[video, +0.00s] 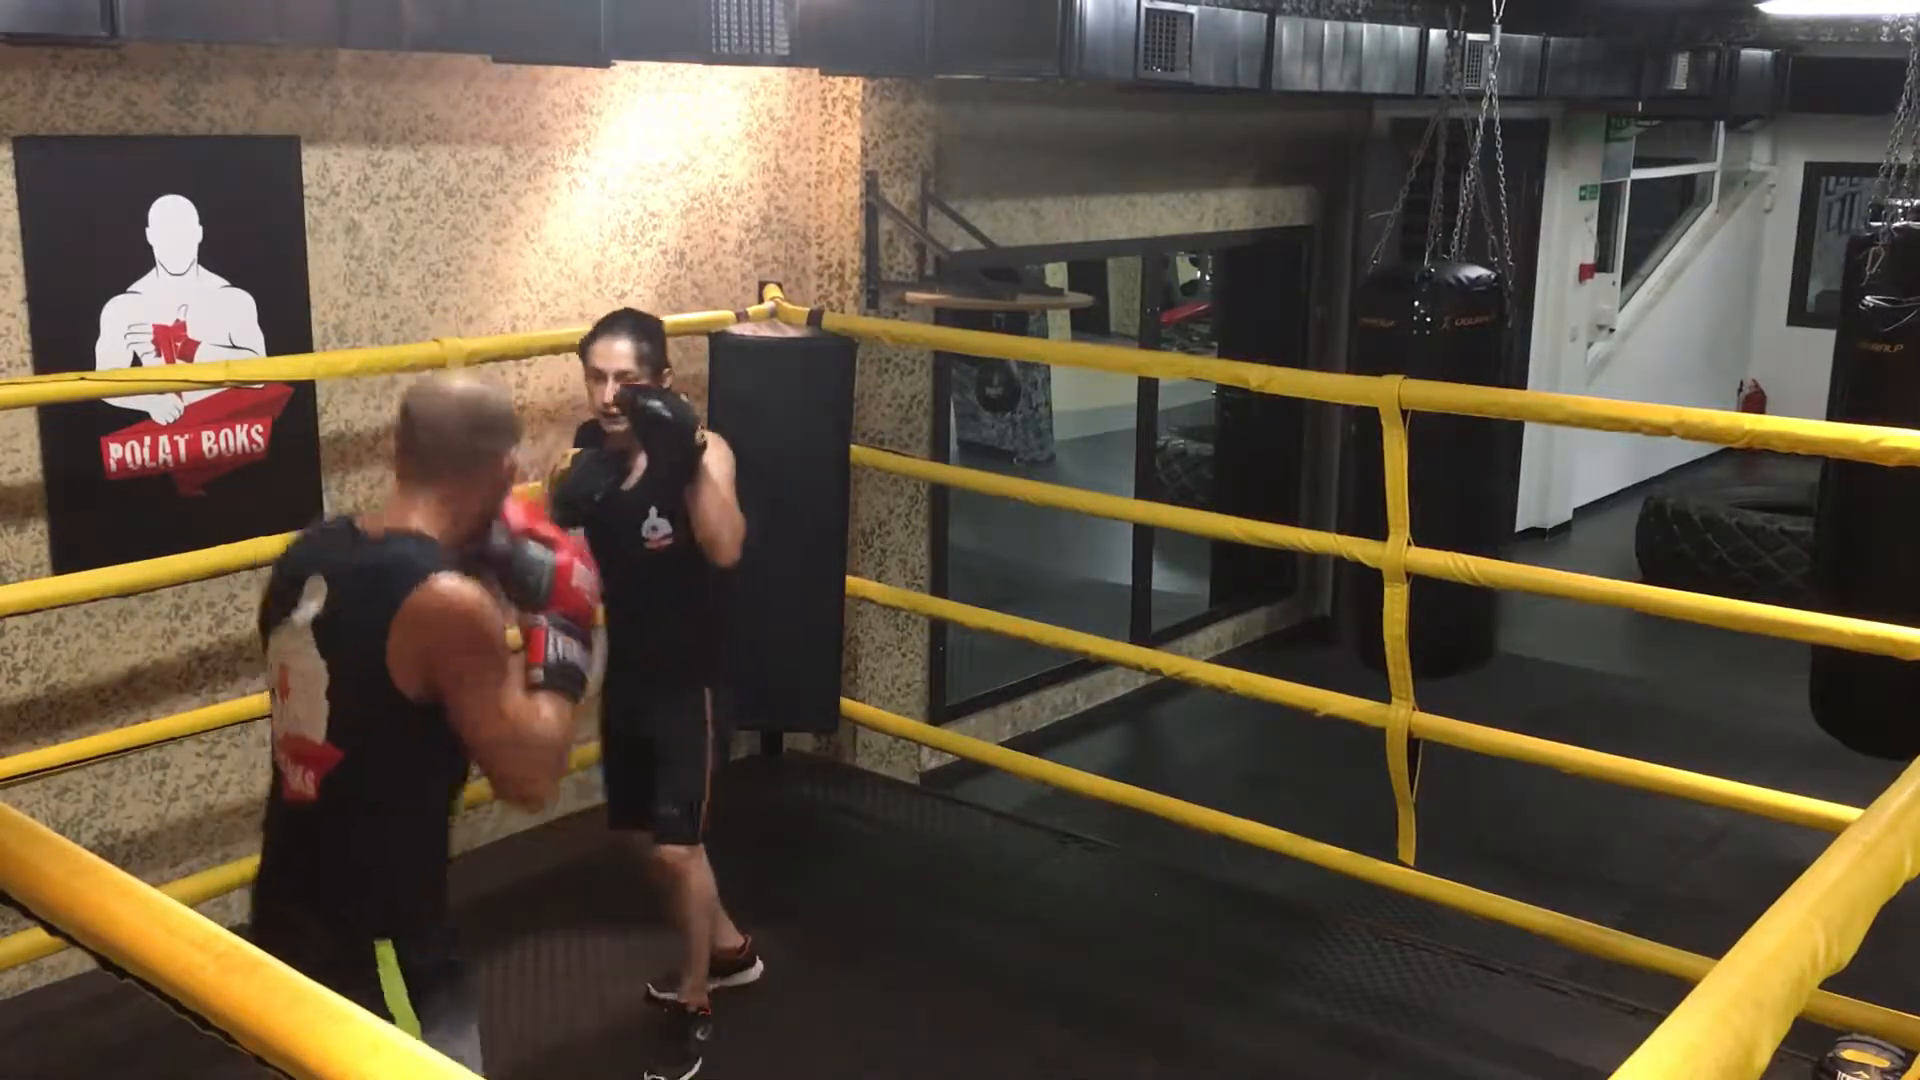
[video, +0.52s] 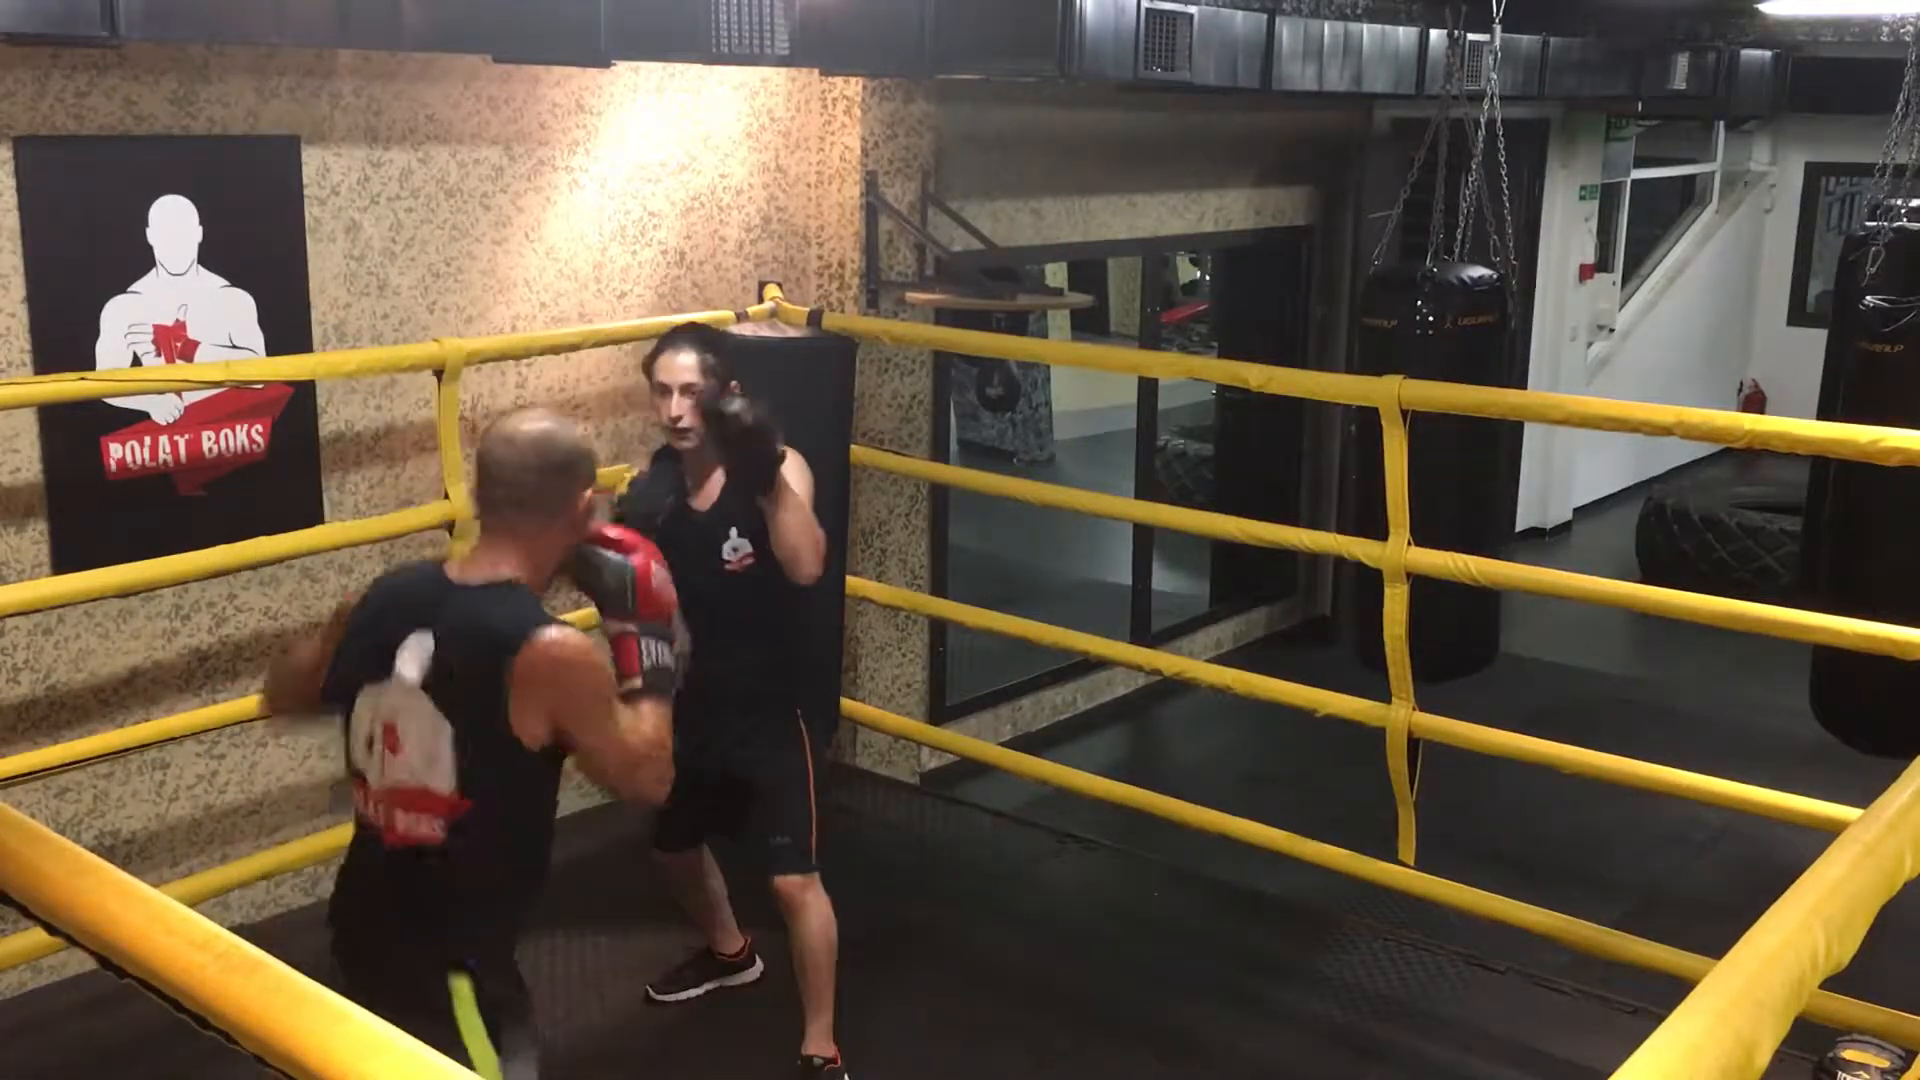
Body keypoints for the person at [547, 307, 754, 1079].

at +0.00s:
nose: (608, 394)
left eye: (623, 379)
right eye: (596, 380)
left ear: (659, 378)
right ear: (585, 383)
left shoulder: (704, 448)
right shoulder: (591, 457)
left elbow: (725, 548)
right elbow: (548, 536)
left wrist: (686, 452)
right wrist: (575, 480)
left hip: (690, 666)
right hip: (627, 663)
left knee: (676, 843)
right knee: (641, 830)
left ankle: (693, 998)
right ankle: (727, 944)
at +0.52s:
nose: (674, 408)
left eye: (689, 393)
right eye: (663, 393)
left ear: (726, 394)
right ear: (653, 397)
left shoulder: (778, 467)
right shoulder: (653, 486)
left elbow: (805, 566)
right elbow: (625, 594)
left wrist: (763, 467)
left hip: (777, 695)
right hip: (695, 692)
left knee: (792, 877)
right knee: (676, 840)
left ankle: (821, 1048)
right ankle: (729, 952)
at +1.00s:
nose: (730, 398)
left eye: (746, 382)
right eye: (721, 382)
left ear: (787, 386)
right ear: (712, 386)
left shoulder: (829, 470)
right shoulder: (721, 461)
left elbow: (870, 589)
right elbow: (650, 500)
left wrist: (798, 549)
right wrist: (670, 504)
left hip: (824, 697)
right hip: (743, 684)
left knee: (819, 871)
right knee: (724, 819)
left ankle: (861, 1020)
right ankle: (776, 940)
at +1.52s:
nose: (754, 382)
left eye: (768, 367)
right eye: (749, 367)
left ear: (811, 369)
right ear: (754, 370)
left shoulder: (834, 455)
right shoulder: (784, 441)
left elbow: (884, 569)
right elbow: (793, 537)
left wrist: (849, 677)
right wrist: (742, 530)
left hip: (826, 663)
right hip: (798, 650)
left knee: (797, 831)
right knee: (821, 802)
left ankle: (850, 1009)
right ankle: (866, 911)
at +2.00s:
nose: (648, 405)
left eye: (661, 389)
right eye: (639, 390)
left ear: (697, 386)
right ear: (633, 385)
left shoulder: (720, 468)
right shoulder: (667, 442)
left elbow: (749, 592)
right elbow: (687, 529)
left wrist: (698, 689)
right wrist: (643, 553)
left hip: (723, 649)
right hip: (697, 639)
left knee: (651, 786)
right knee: (698, 779)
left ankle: (654, 933)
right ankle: (802, 869)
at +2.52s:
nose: (615, 415)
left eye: (628, 399)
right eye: (605, 400)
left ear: (668, 388)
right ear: (599, 396)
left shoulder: (715, 446)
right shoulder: (614, 460)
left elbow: (733, 545)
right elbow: (609, 565)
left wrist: (665, 498)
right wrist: (607, 544)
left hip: (709, 653)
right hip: (646, 646)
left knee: (681, 818)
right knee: (595, 791)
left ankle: (730, 1005)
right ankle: (635, 912)